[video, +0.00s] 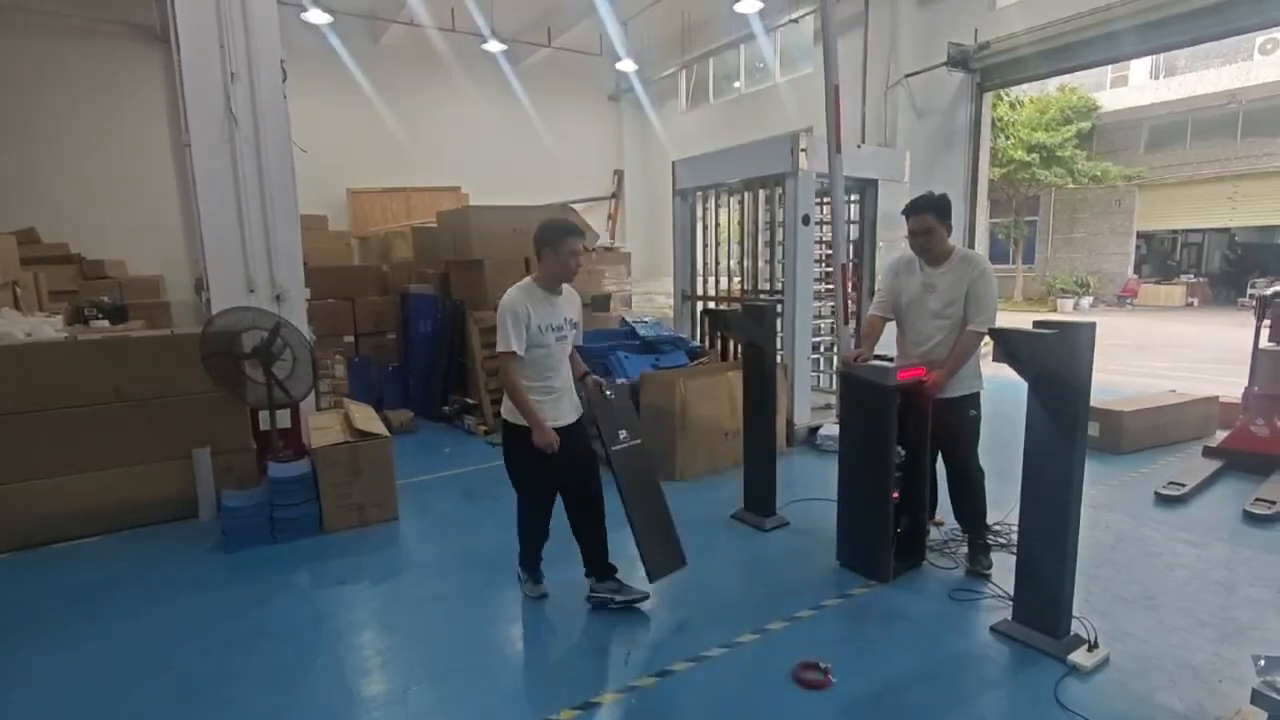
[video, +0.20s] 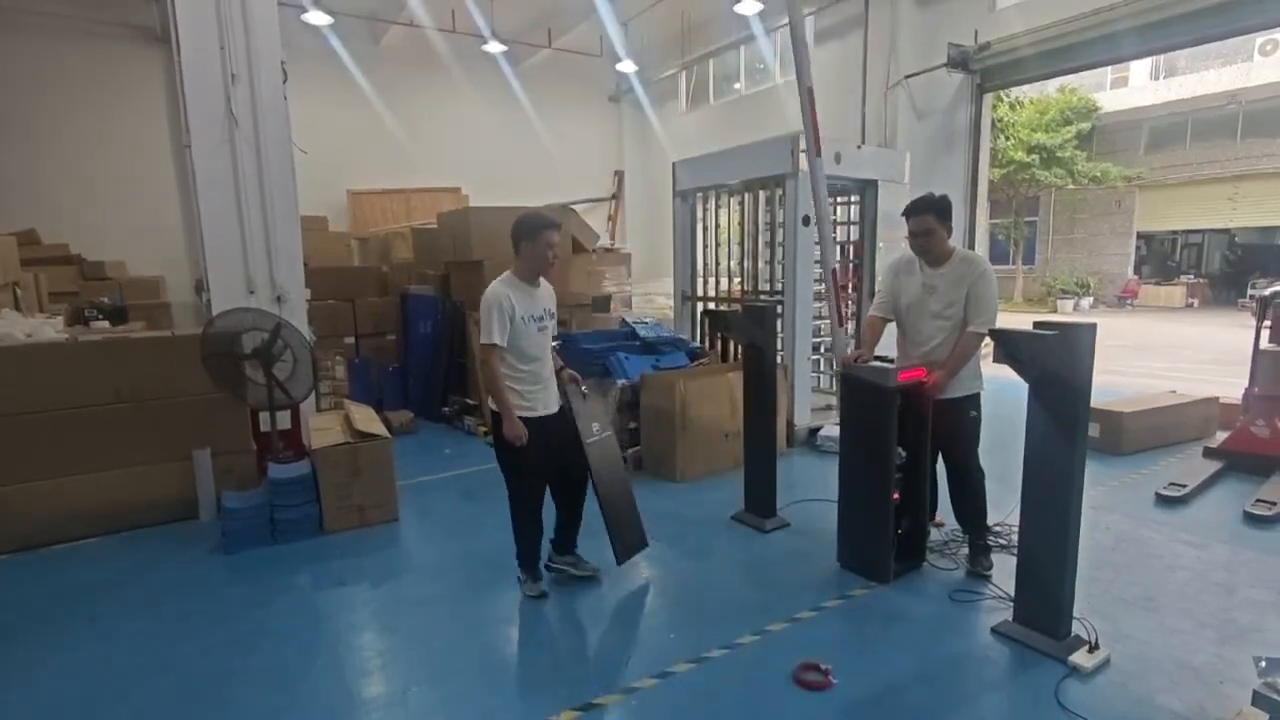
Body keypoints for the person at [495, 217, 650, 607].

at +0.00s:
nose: (580, 263)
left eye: (581, 255)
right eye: (573, 255)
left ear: (573, 256)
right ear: (546, 254)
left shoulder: (571, 298)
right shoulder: (515, 303)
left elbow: (568, 350)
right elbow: (509, 371)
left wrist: (586, 376)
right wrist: (537, 423)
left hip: (569, 421)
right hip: (527, 427)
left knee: (588, 503)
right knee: (535, 506)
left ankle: (601, 579)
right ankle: (530, 567)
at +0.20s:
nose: (555, 255)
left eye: (557, 248)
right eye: (548, 247)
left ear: (550, 249)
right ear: (523, 247)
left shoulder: (546, 291)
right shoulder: (497, 295)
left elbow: (543, 345)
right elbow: (489, 359)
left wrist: (562, 371)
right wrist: (507, 414)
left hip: (553, 413)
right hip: (518, 419)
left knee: (574, 478)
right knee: (526, 497)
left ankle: (563, 552)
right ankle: (529, 569)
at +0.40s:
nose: (540, 254)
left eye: (541, 247)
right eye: (533, 246)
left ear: (533, 249)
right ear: (510, 247)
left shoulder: (532, 291)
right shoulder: (486, 295)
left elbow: (528, 348)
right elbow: (477, 359)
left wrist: (550, 371)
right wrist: (488, 413)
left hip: (540, 406)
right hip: (509, 413)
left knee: (550, 471)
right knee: (520, 490)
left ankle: (520, 521)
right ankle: (527, 566)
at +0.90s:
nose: (518, 261)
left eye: (520, 254)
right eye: (513, 253)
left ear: (513, 256)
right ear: (492, 252)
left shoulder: (512, 292)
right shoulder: (463, 292)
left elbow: (517, 339)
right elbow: (451, 346)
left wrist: (537, 365)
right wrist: (470, 391)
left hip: (516, 397)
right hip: (483, 400)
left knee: (514, 466)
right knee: (487, 469)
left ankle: (508, 526)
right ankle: (486, 530)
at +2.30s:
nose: (551, 263)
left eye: (553, 257)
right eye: (545, 257)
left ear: (553, 258)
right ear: (528, 256)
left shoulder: (549, 291)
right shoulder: (510, 293)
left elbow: (554, 334)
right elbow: (503, 342)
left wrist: (573, 356)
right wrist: (514, 385)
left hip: (552, 385)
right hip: (528, 388)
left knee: (552, 449)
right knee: (537, 453)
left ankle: (546, 504)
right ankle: (532, 514)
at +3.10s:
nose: (590, 260)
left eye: (592, 254)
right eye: (584, 254)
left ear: (589, 254)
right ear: (565, 253)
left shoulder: (589, 286)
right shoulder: (545, 292)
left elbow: (600, 329)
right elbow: (537, 342)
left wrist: (617, 360)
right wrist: (550, 386)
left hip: (597, 386)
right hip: (566, 391)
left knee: (607, 446)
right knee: (569, 456)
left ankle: (600, 503)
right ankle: (577, 514)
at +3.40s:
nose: (607, 257)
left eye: (609, 251)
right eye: (601, 251)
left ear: (608, 251)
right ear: (582, 250)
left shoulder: (605, 285)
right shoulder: (562, 289)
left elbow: (607, 333)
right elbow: (553, 339)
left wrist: (616, 368)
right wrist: (571, 383)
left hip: (612, 386)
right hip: (582, 390)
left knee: (618, 451)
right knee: (581, 455)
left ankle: (617, 509)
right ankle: (579, 514)